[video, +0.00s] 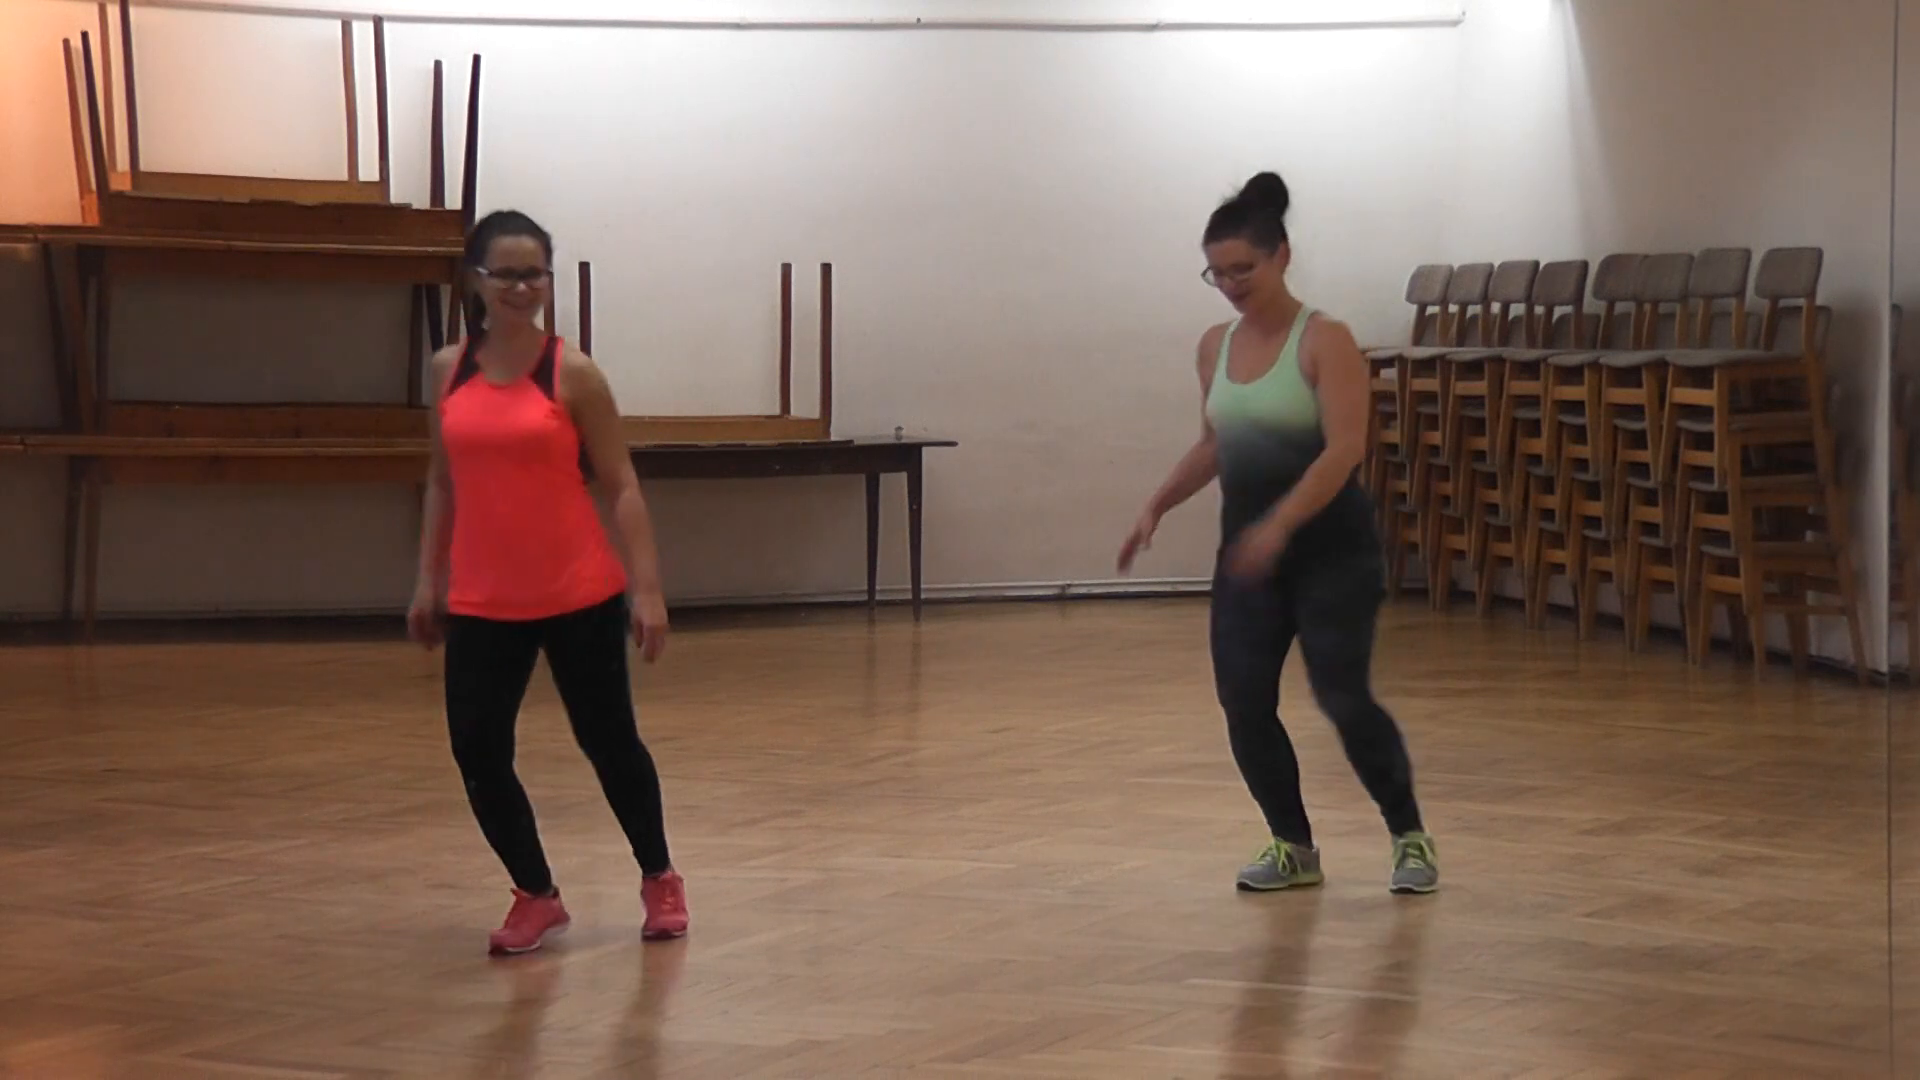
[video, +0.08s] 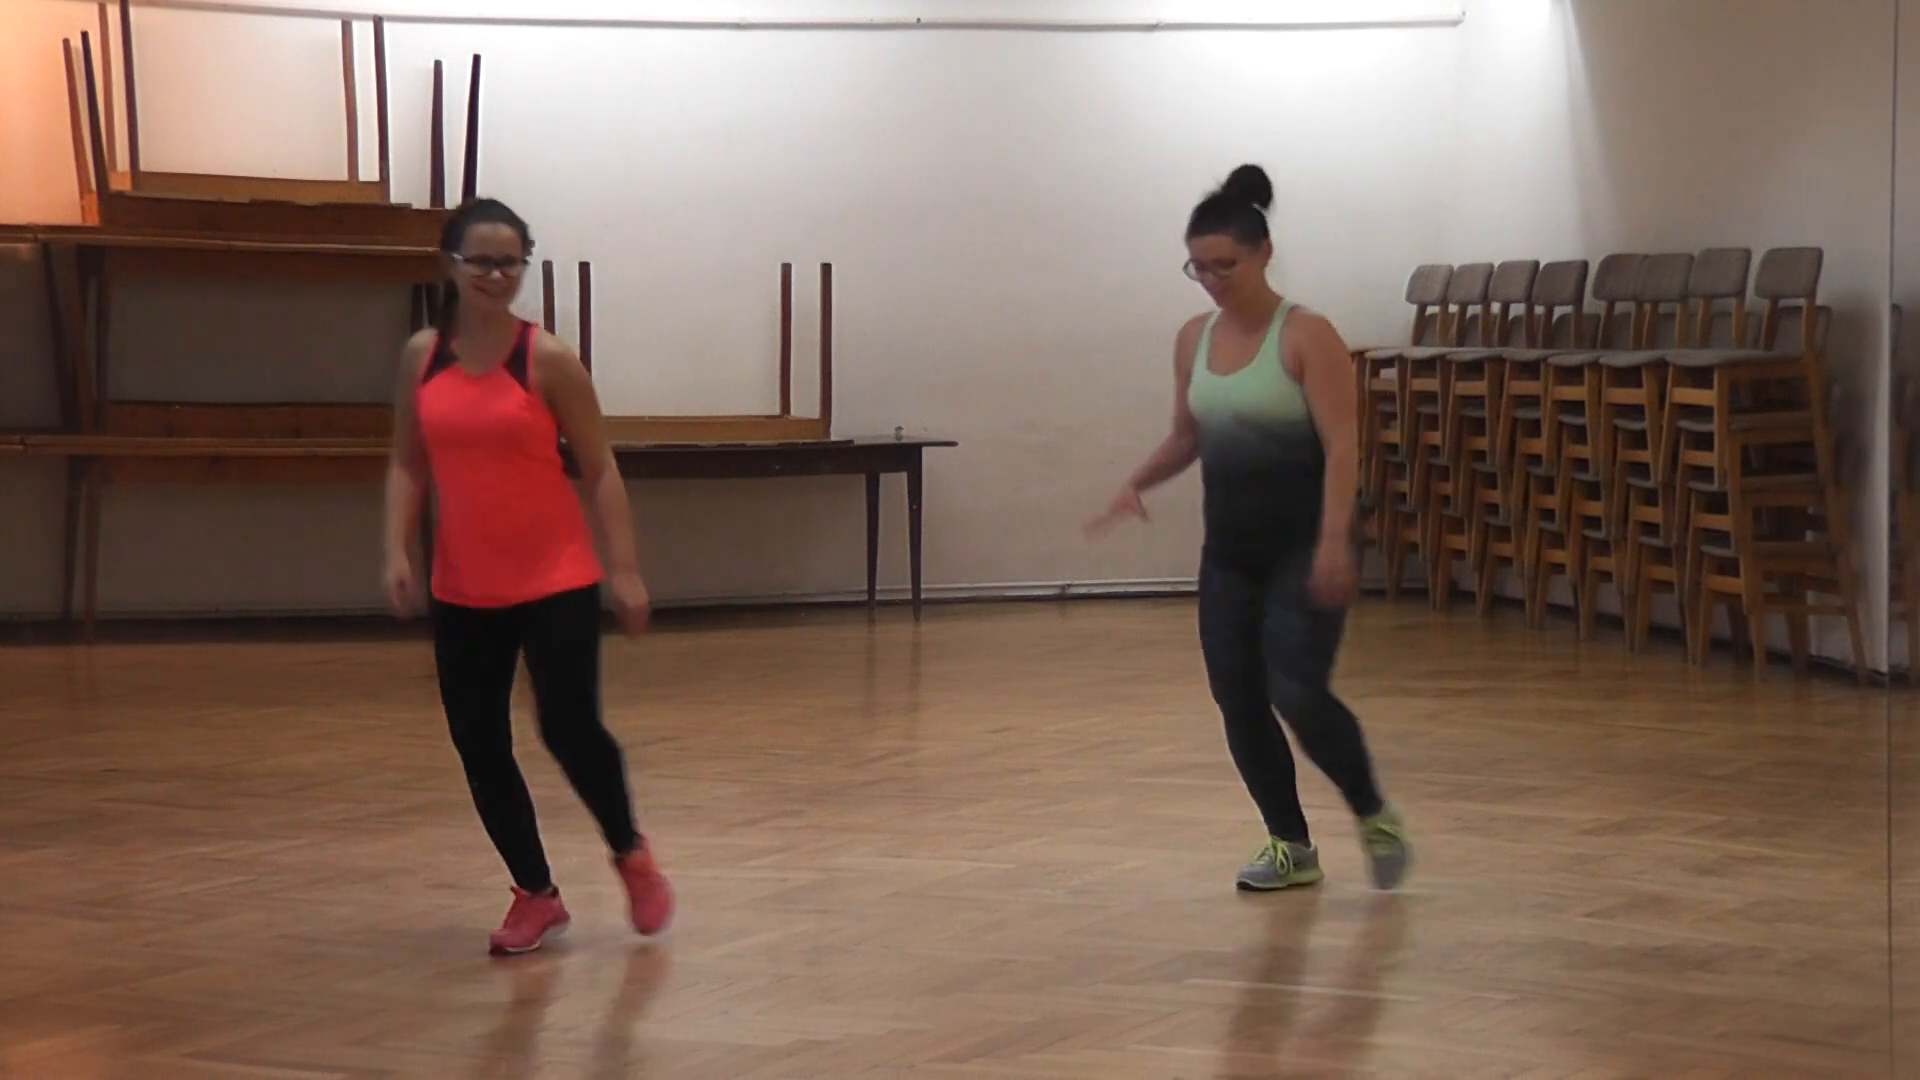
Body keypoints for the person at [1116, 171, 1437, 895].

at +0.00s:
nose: (1230, 285)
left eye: (1241, 269)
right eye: (1219, 273)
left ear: (1282, 256)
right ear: (1211, 270)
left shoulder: (1326, 341)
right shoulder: (1217, 348)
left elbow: (1347, 450)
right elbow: (1218, 444)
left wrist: (1275, 524)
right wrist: (1156, 505)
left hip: (1331, 548)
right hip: (1248, 547)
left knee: (1341, 693)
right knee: (1245, 704)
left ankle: (1409, 835)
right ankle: (1294, 846)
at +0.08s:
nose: (1211, 280)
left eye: (1223, 265)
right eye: (1200, 268)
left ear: (1263, 254)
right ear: (1191, 264)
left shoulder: (1309, 338)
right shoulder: (1196, 340)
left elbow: (1344, 447)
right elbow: (1187, 437)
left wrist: (1334, 540)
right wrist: (1137, 481)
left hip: (1305, 552)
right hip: (1229, 553)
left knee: (1296, 690)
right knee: (1239, 700)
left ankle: (1372, 814)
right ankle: (1291, 845)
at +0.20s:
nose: (1184, 273)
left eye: (1196, 257)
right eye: (1172, 261)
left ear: (1235, 245)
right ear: (1164, 257)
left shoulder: (1285, 329)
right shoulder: (1166, 328)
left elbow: (1347, 421)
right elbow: (1133, 425)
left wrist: (1391, 508)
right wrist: (1087, 422)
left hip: (1281, 526)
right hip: (1204, 532)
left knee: (1237, 662)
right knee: (1237, 679)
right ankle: (1288, 842)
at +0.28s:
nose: (1167, 279)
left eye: (1180, 263)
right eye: (1154, 265)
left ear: (1218, 249)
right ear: (1143, 259)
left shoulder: (1269, 333)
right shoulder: (1143, 333)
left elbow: (1342, 414)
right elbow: (1097, 416)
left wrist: (1403, 494)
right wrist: (1067, 398)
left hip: (1259, 535)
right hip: (1187, 542)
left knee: (1211, 671)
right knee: (1248, 690)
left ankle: (1165, 846)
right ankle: (1293, 841)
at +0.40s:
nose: (1150, 283)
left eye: (1164, 267)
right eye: (1136, 270)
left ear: (1194, 263)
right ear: (1120, 272)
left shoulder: (1236, 349)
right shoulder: (1112, 353)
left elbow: (1313, 432)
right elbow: (1063, 429)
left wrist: (1387, 503)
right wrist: (1033, 405)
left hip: (1221, 550)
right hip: (1149, 558)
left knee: (1146, 685)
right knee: (1227, 702)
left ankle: (1112, 864)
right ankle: (1287, 837)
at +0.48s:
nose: (1135, 274)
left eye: (1150, 259)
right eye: (1121, 262)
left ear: (1175, 261)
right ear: (1101, 268)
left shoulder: (1212, 350)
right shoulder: (1087, 353)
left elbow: (1275, 444)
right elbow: (1053, 444)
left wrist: (1341, 519)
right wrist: (1018, 442)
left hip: (1189, 549)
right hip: (1114, 554)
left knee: (1128, 693)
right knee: (1163, 703)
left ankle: (1110, 866)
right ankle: (1265, 822)